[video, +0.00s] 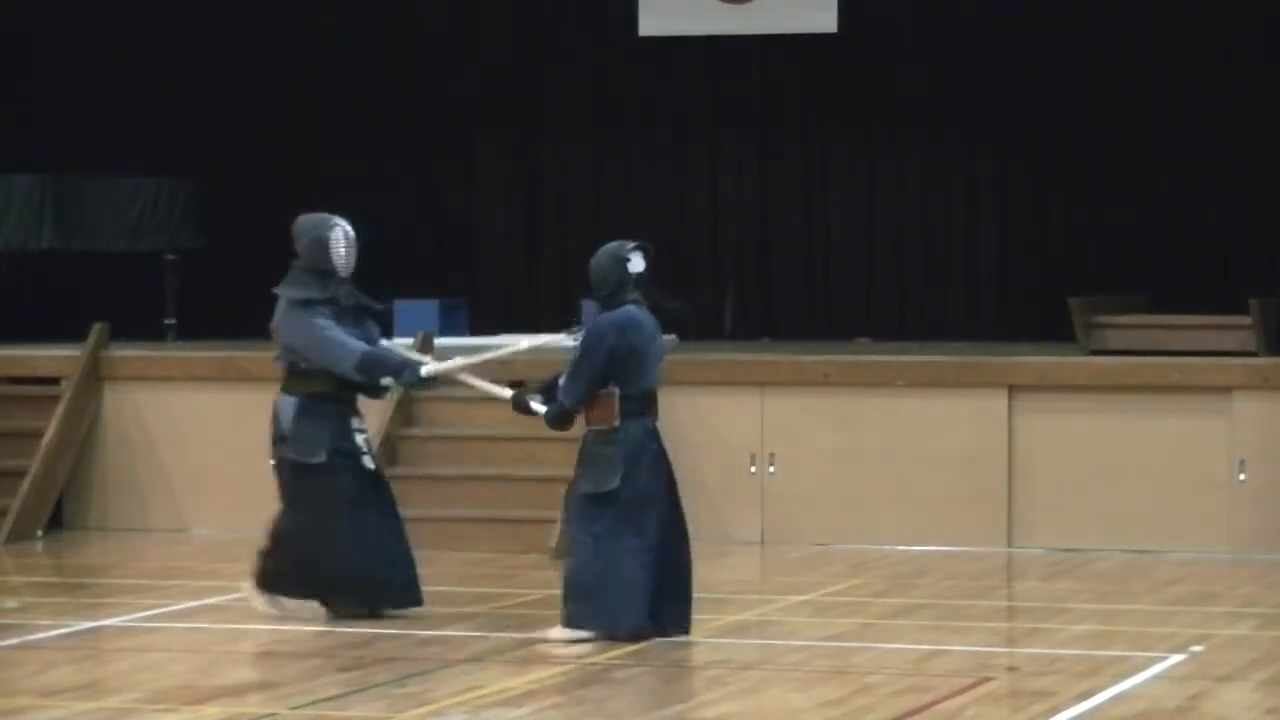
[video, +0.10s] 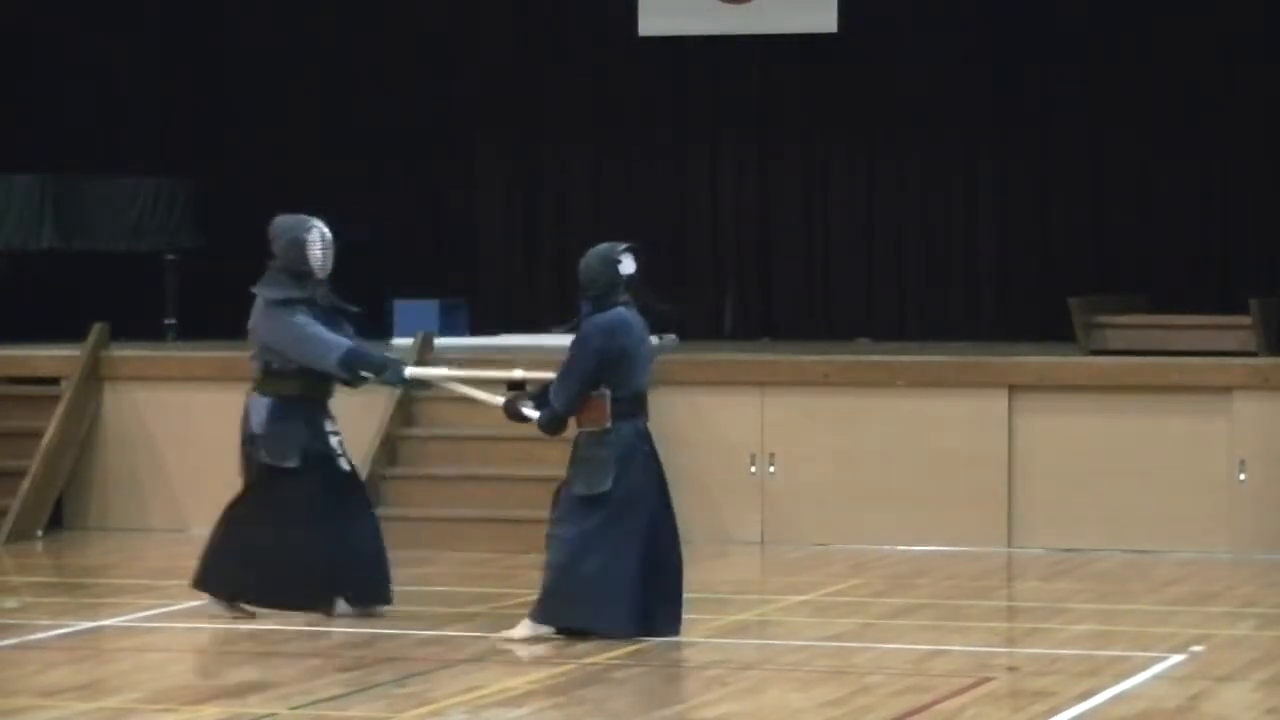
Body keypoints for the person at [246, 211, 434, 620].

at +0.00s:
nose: (345, 256)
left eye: (347, 247)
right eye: (336, 248)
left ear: (349, 250)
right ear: (313, 251)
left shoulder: (345, 302)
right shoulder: (296, 309)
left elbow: (370, 346)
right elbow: (339, 351)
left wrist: (405, 363)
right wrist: (401, 369)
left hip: (343, 411)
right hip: (306, 412)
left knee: (364, 501)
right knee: (320, 501)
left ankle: (357, 593)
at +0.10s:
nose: (322, 258)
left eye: (324, 249)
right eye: (313, 249)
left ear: (327, 252)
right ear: (289, 252)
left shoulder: (315, 301)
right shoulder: (274, 308)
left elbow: (339, 345)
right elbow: (315, 346)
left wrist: (382, 360)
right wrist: (372, 366)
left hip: (310, 411)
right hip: (275, 412)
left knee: (345, 497)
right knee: (269, 497)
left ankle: (350, 589)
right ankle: (225, 581)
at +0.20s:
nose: (304, 257)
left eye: (305, 248)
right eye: (296, 249)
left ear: (302, 251)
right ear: (274, 251)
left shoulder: (288, 300)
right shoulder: (255, 305)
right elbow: (300, 341)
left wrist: (335, 366)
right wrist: (360, 361)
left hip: (276, 412)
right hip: (255, 414)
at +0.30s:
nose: (286, 250)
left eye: (287, 241)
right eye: (278, 242)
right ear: (257, 245)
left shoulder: (270, 292)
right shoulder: (236, 299)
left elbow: (283, 339)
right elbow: (285, 335)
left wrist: (311, 360)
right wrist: (342, 354)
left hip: (260, 408)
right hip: (230, 407)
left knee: (266, 499)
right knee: (227, 498)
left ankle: (247, 586)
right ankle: (217, 594)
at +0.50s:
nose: (253, 250)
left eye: (255, 242)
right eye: (245, 242)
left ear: (255, 244)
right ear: (223, 244)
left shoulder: (242, 292)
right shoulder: (206, 298)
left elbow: (249, 344)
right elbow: (255, 332)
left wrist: (282, 359)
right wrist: (315, 348)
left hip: (233, 405)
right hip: (203, 405)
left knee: (226, 500)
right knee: (191, 496)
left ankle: (216, 588)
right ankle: (160, 578)